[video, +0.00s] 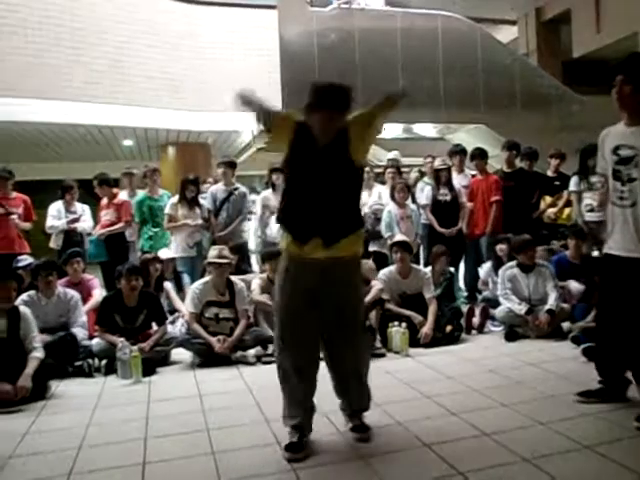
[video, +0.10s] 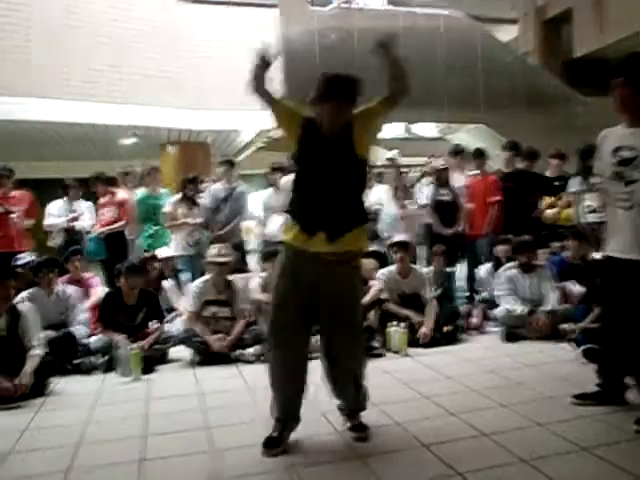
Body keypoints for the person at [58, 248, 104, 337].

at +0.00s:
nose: (75, 267)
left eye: (78, 263)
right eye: (71, 264)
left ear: (83, 265)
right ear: (65, 268)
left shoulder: (91, 281)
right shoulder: (60, 285)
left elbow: (98, 297)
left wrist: (82, 311)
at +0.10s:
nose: (76, 265)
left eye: (78, 261)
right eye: (72, 262)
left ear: (82, 262)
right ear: (66, 266)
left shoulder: (92, 279)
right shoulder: (62, 282)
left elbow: (97, 296)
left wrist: (82, 308)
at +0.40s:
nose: (72, 257)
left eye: (75, 252)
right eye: (68, 254)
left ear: (80, 255)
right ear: (63, 258)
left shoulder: (88, 271)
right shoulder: (57, 274)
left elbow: (94, 287)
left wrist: (78, 300)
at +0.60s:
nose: (61, 256)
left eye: (64, 252)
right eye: (57, 254)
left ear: (69, 254)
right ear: (52, 258)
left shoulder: (78, 270)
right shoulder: (47, 274)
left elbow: (84, 286)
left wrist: (68, 301)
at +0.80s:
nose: (55, 235)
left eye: (58, 231)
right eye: (51, 232)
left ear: (63, 232)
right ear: (45, 234)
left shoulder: (72, 248)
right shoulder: (41, 252)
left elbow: (76, 265)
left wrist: (63, 277)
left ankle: (73, 302)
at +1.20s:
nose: (56, 235)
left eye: (59, 231)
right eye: (53, 232)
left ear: (67, 235)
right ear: (49, 238)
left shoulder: (77, 251)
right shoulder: (46, 255)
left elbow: (81, 269)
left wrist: (69, 282)